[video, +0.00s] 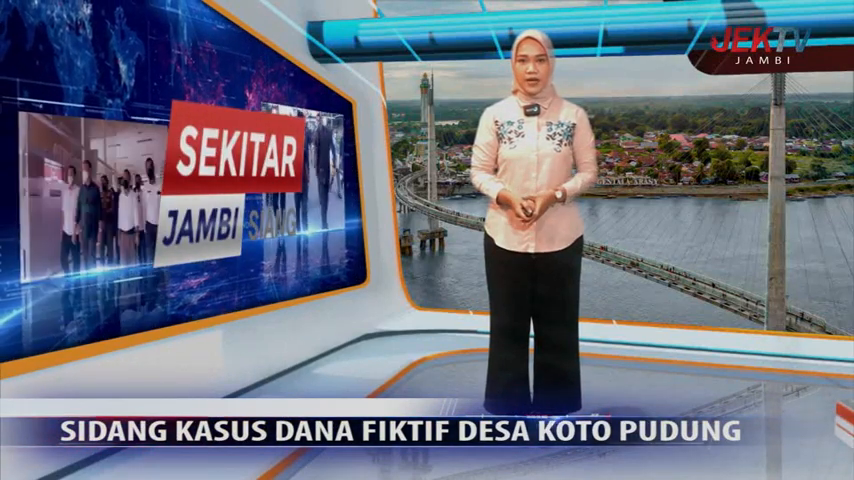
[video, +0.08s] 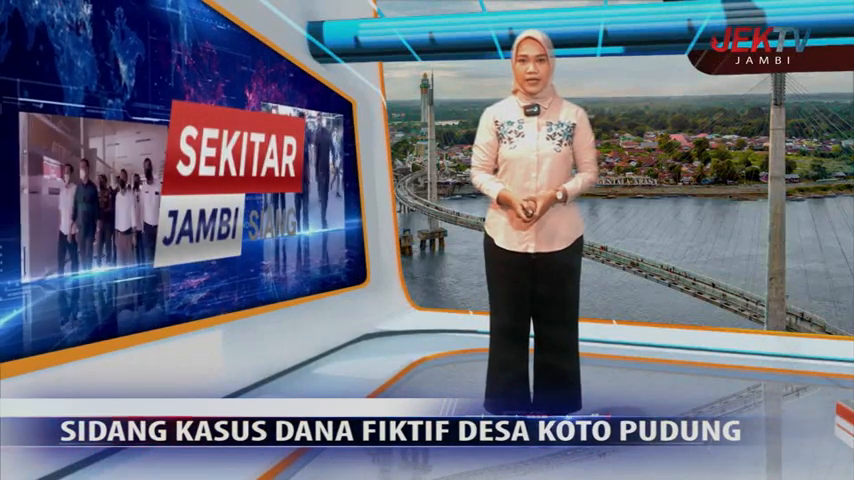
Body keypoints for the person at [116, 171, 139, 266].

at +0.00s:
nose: (124, 182)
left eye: (126, 179)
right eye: (122, 179)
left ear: (129, 181)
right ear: (121, 182)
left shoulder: (133, 194)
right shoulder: (119, 193)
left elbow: (136, 211)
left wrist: (137, 228)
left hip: (131, 228)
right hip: (121, 229)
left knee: (131, 254)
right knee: (123, 254)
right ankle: (123, 273)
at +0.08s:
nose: (121, 181)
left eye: (123, 179)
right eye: (120, 179)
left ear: (127, 180)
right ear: (118, 181)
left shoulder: (130, 195)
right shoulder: (117, 195)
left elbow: (133, 211)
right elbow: (116, 212)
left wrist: (134, 229)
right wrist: (115, 228)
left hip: (128, 228)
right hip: (118, 228)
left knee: (129, 253)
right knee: (119, 254)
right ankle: (120, 273)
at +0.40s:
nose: (114, 195)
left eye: (115, 193)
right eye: (113, 193)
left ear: (119, 192)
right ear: (112, 192)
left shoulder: (124, 201)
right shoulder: (111, 202)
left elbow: (127, 217)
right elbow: (109, 218)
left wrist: (129, 232)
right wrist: (108, 232)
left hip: (123, 234)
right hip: (113, 234)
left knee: (123, 260)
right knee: (114, 260)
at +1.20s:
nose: (119, 199)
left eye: (120, 198)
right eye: (118, 197)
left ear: (123, 197)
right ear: (116, 197)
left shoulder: (127, 206)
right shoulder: (114, 205)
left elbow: (130, 223)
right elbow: (112, 222)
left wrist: (130, 240)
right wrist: (111, 239)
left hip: (124, 242)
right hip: (114, 242)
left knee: (124, 268)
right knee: (114, 267)